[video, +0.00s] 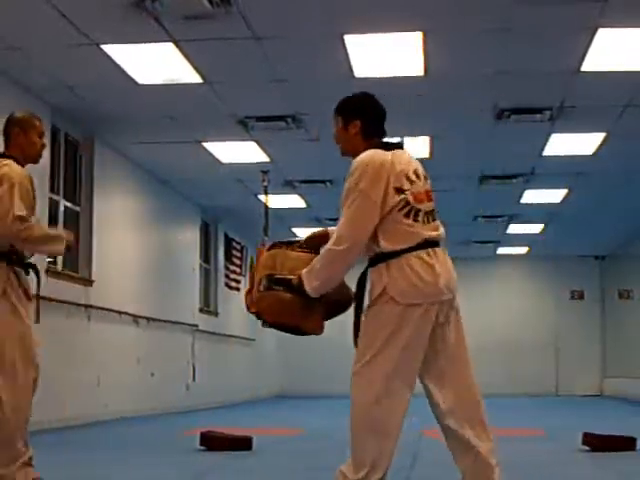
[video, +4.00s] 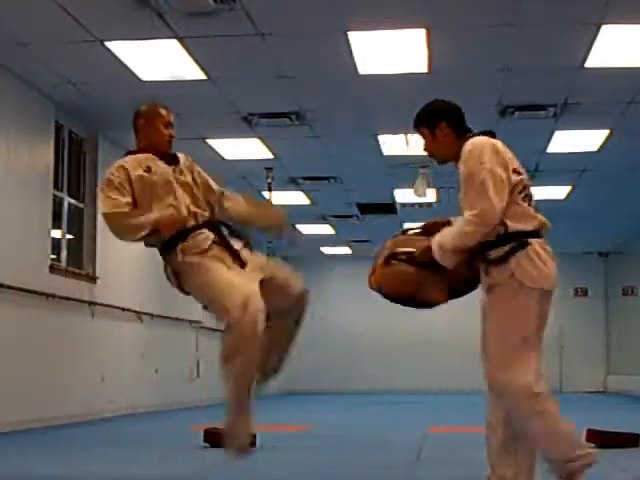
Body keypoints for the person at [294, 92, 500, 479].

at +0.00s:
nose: (335, 137)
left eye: (337, 128)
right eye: (335, 129)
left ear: (356, 127)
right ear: (373, 128)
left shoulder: (370, 164)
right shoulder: (405, 159)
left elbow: (350, 238)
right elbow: (382, 224)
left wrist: (310, 280)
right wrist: (332, 235)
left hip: (401, 280)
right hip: (438, 274)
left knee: (376, 381)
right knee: (451, 384)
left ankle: (364, 472)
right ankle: (482, 471)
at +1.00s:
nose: (418, 147)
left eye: (419, 136)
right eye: (415, 139)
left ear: (438, 127)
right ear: (445, 128)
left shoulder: (469, 154)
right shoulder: (480, 155)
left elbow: (468, 220)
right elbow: (477, 226)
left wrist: (418, 247)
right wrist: (426, 247)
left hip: (498, 270)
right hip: (513, 267)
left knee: (469, 374)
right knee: (511, 375)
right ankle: (525, 466)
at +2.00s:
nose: (504, 144)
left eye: (505, 134)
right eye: (502, 136)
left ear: (525, 126)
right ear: (530, 127)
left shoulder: (563, 163)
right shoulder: (557, 163)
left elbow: (557, 240)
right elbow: (559, 222)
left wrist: (511, 282)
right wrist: (518, 231)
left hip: (586, 279)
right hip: (563, 281)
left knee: (617, 383)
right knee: (532, 376)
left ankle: (638, 462)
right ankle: (504, 472)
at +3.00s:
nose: (315, 134)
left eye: (319, 124)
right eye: (316, 125)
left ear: (338, 122)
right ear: (353, 124)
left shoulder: (352, 161)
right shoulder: (393, 158)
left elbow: (335, 235)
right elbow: (372, 220)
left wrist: (297, 277)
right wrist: (318, 233)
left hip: (382, 277)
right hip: (421, 272)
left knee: (353, 381)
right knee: (441, 386)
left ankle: (346, 471)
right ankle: (478, 471)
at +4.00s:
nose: (425, 148)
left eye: (425, 138)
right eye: (422, 140)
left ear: (443, 130)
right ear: (449, 129)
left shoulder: (479, 150)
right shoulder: (482, 153)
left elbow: (485, 216)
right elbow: (490, 220)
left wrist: (441, 243)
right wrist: (449, 230)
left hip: (518, 270)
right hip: (510, 272)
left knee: (510, 377)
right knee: (504, 380)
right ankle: (508, 473)